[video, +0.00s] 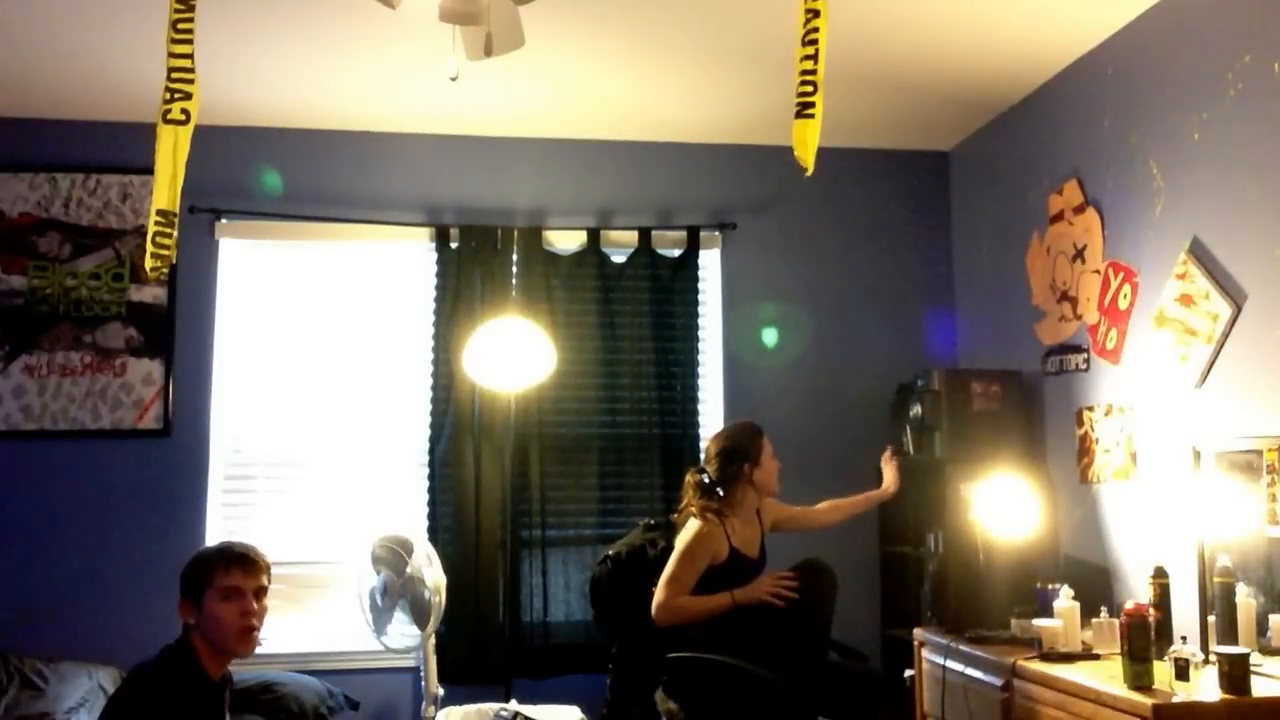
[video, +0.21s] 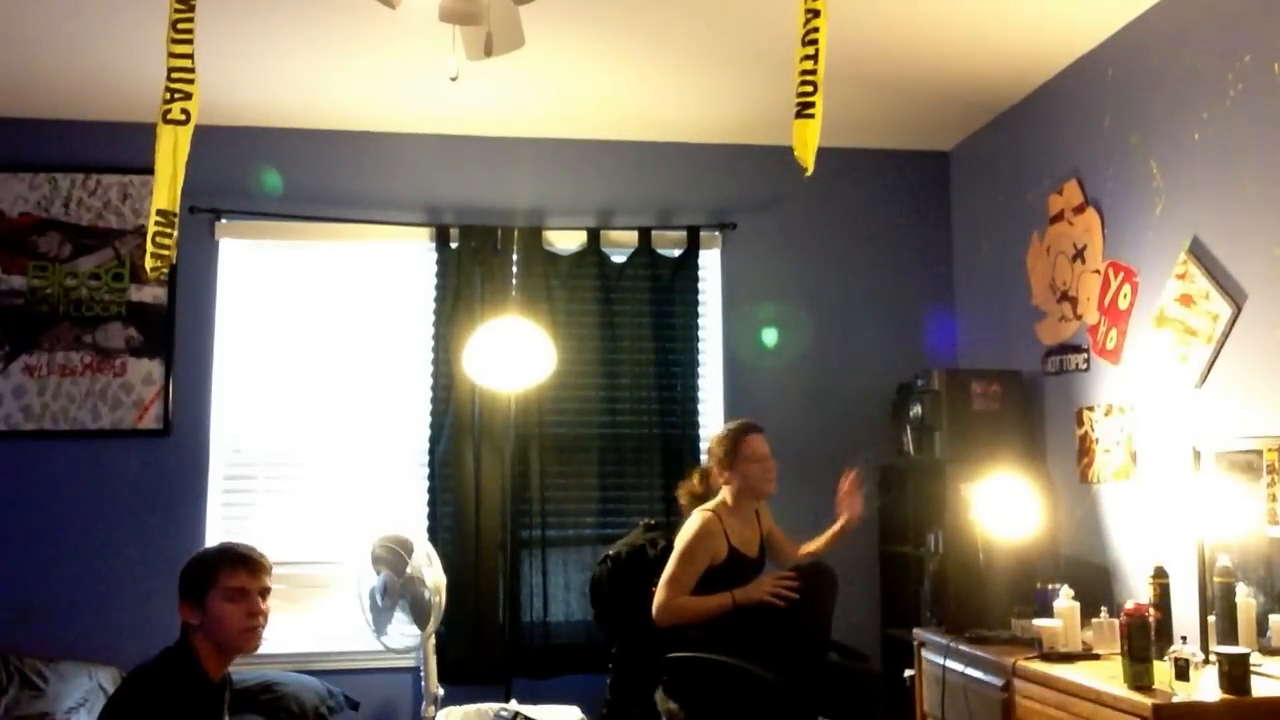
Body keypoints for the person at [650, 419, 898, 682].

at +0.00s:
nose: (779, 465)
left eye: (775, 457)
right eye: (772, 458)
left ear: (748, 472)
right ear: (748, 471)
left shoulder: (762, 511)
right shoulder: (703, 530)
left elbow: (820, 515)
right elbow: (664, 610)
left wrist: (884, 492)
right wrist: (742, 595)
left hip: (733, 637)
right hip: (695, 651)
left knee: (815, 574)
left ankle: (806, 687)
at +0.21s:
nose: (770, 467)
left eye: (770, 458)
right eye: (757, 460)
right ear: (726, 473)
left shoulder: (756, 512)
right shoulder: (704, 526)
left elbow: (794, 558)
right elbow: (664, 610)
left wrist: (843, 524)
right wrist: (743, 595)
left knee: (817, 576)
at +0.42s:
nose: (749, 470)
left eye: (758, 462)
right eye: (738, 462)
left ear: (770, 472)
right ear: (716, 473)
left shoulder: (758, 516)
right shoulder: (702, 525)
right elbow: (660, 609)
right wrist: (741, 595)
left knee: (815, 575)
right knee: (812, 577)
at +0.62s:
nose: (747, 474)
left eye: (757, 466)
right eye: (736, 465)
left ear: (770, 477)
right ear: (717, 475)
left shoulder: (755, 529)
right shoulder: (700, 525)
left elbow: (766, 605)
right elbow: (659, 612)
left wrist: (795, 664)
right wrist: (738, 596)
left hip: (742, 648)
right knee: (811, 574)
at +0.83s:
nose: (741, 486)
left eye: (752, 476)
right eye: (732, 476)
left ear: (768, 481)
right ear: (716, 478)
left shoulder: (756, 527)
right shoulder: (700, 526)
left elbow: (766, 603)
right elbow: (661, 613)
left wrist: (796, 664)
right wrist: (740, 596)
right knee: (811, 574)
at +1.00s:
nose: (740, 488)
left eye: (751, 478)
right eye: (731, 478)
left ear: (768, 483)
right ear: (717, 479)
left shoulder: (760, 528)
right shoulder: (700, 527)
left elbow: (764, 607)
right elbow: (661, 614)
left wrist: (795, 665)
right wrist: (740, 596)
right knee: (811, 574)